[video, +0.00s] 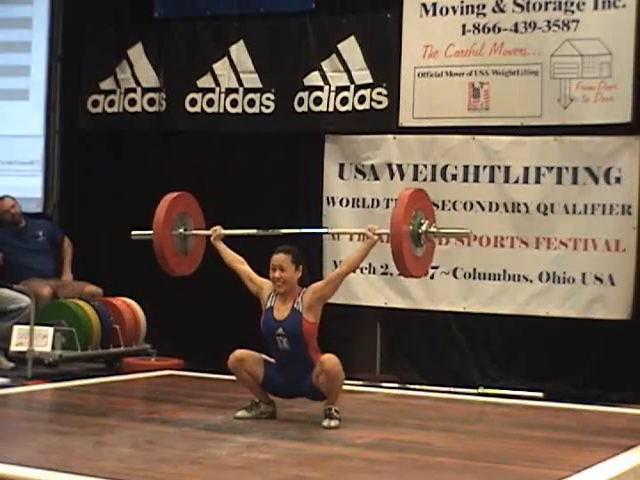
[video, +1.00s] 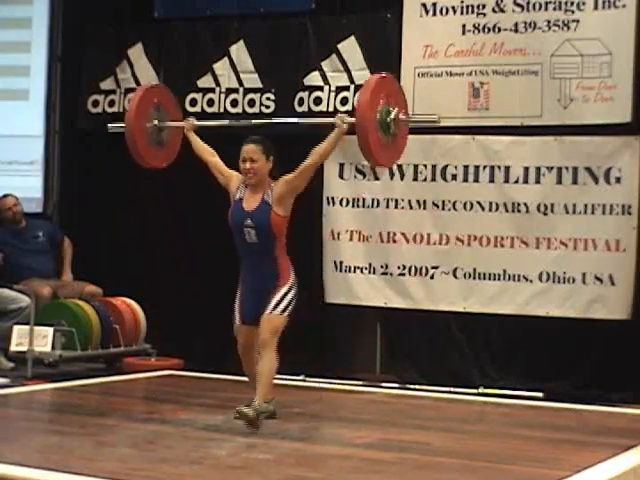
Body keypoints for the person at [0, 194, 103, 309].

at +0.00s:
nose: (13, 212)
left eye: (13, 207)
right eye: (6, 212)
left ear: (19, 205)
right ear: (2, 218)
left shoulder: (41, 225)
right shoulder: (4, 235)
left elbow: (66, 242)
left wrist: (67, 273)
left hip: (53, 279)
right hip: (24, 281)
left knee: (95, 292)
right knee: (45, 293)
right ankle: (34, 337)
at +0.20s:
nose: (13, 212)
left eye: (14, 206)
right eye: (7, 211)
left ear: (19, 205)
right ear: (2, 217)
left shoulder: (41, 225)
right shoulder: (4, 235)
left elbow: (66, 242)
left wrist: (67, 274)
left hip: (53, 279)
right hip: (25, 281)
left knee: (95, 292)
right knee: (45, 293)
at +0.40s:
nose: (14, 211)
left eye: (15, 206)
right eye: (7, 211)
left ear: (20, 205)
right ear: (2, 217)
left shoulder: (41, 226)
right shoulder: (4, 235)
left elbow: (66, 242)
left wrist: (67, 274)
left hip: (53, 279)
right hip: (24, 281)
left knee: (95, 292)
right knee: (45, 293)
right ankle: (34, 337)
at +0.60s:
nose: (14, 211)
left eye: (15, 206)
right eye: (8, 210)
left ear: (20, 205)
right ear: (2, 217)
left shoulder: (41, 226)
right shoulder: (4, 235)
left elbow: (66, 242)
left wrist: (67, 274)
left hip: (53, 279)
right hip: (24, 281)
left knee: (95, 292)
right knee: (44, 293)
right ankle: (34, 337)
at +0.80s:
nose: (14, 211)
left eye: (15, 206)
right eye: (8, 210)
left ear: (20, 205)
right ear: (2, 216)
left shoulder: (41, 226)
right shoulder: (4, 235)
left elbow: (66, 242)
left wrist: (67, 274)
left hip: (53, 279)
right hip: (24, 281)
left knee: (95, 292)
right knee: (44, 293)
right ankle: (34, 337)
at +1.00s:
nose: (14, 210)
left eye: (15, 205)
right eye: (8, 209)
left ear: (21, 205)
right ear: (2, 216)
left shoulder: (41, 225)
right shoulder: (4, 234)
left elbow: (66, 242)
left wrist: (67, 274)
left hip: (53, 279)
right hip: (25, 281)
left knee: (95, 292)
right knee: (45, 293)